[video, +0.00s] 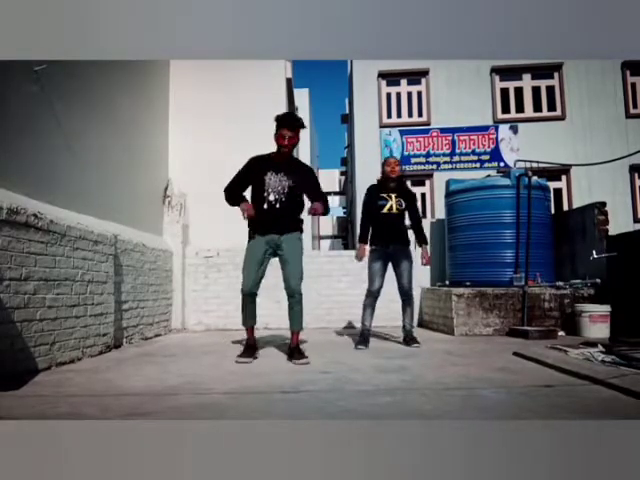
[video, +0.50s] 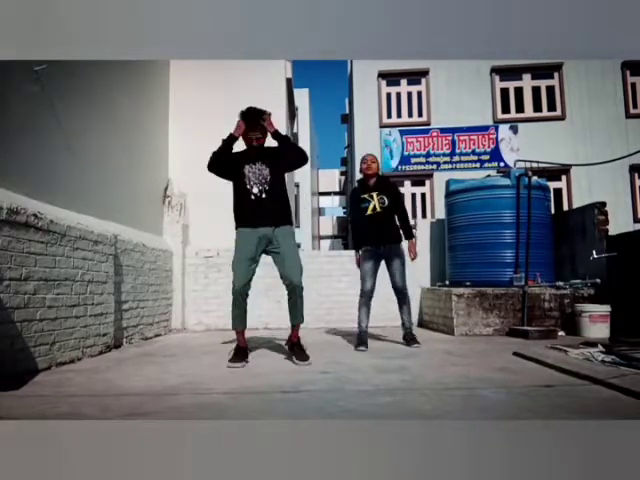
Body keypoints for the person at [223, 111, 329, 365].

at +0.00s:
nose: (285, 141)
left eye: (290, 137)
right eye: (281, 136)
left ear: (297, 139)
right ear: (275, 136)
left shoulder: (304, 171)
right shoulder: (257, 164)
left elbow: (322, 203)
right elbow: (231, 191)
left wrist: (318, 207)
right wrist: (243, 203)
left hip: (290, 234)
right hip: (260, 234)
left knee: (294, 288)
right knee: (248, 288)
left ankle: (295, 344)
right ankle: (250, 342)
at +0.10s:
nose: (282, 139)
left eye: (287, 134)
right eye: (277, 134)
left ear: (295, 134)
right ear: (271, 134)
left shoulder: (302, 162)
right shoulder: (258, 160)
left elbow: (327, 190)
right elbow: (227, 184)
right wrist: (242, 175)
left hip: (291, 232)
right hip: (260, 232)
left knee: (294, 288)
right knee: (250, 287)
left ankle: (295, 343)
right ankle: (245, 344)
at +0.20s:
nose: (275, 139)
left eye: (280, 134)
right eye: (271, 134)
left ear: (288, 133)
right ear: (265, 133)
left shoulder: (299, 158)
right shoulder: (256, 161)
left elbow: (325, 176)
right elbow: (227, 181)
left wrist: (307, 144)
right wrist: (239, 153)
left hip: (291, 231)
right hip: (261, 231)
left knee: (295, 287)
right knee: (246, 284)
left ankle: (295, 344)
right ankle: (242, 345)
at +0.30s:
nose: (271, 139)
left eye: (275, 134)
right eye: (266, 134)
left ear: (282, 133)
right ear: (259, 134)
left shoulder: (294, 156)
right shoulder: (251, 162)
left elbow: (318, 171)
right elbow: (225, 181)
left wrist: (298, 141)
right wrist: (237, 151)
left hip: (289, 231)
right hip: (258, 231)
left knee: (294, 287)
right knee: (242, 283)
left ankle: (295, 344)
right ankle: (241, 343)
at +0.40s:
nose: (265, 139)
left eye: (269, 134)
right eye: (260, 134)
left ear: (276, 133)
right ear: (252, 134)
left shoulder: (287, 156)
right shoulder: (245, 161)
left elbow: (311, 166)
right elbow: (220, 178)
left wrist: (288, 139)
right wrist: (236, 148)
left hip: (286, 229)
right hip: (254, 230)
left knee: (292, 286)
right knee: (244, 285)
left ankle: (295, 343)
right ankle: (242, 344)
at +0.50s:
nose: (256, 140)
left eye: (260, 135)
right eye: (251, 136)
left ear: (267, 134)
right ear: (243, 134)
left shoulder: (277, 155)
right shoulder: (236, 159)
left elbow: (301, 159)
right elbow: (213, 166)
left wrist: (276, 132)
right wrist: (233, 136)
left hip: (281, 229)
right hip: (248, 231)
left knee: (295, 283)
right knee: (239, 286)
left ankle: (295, 340)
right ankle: (241, 344)